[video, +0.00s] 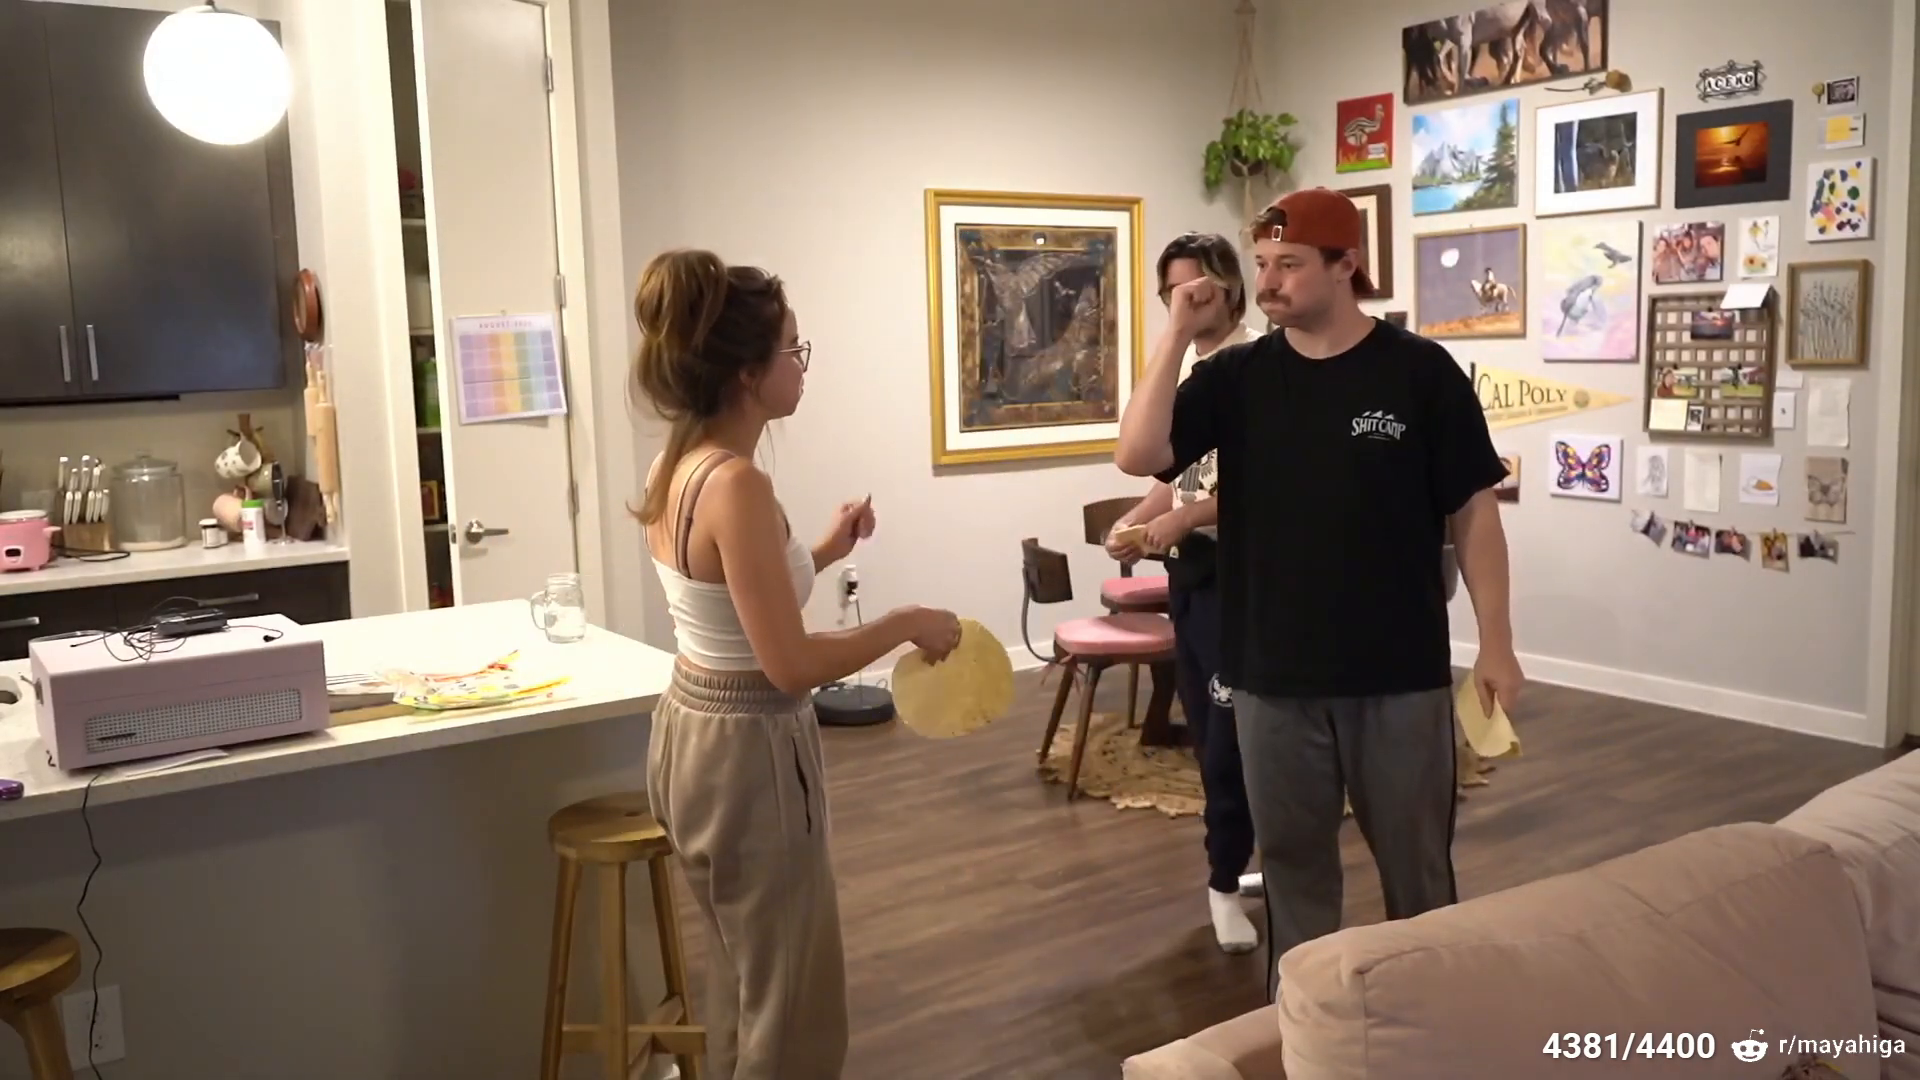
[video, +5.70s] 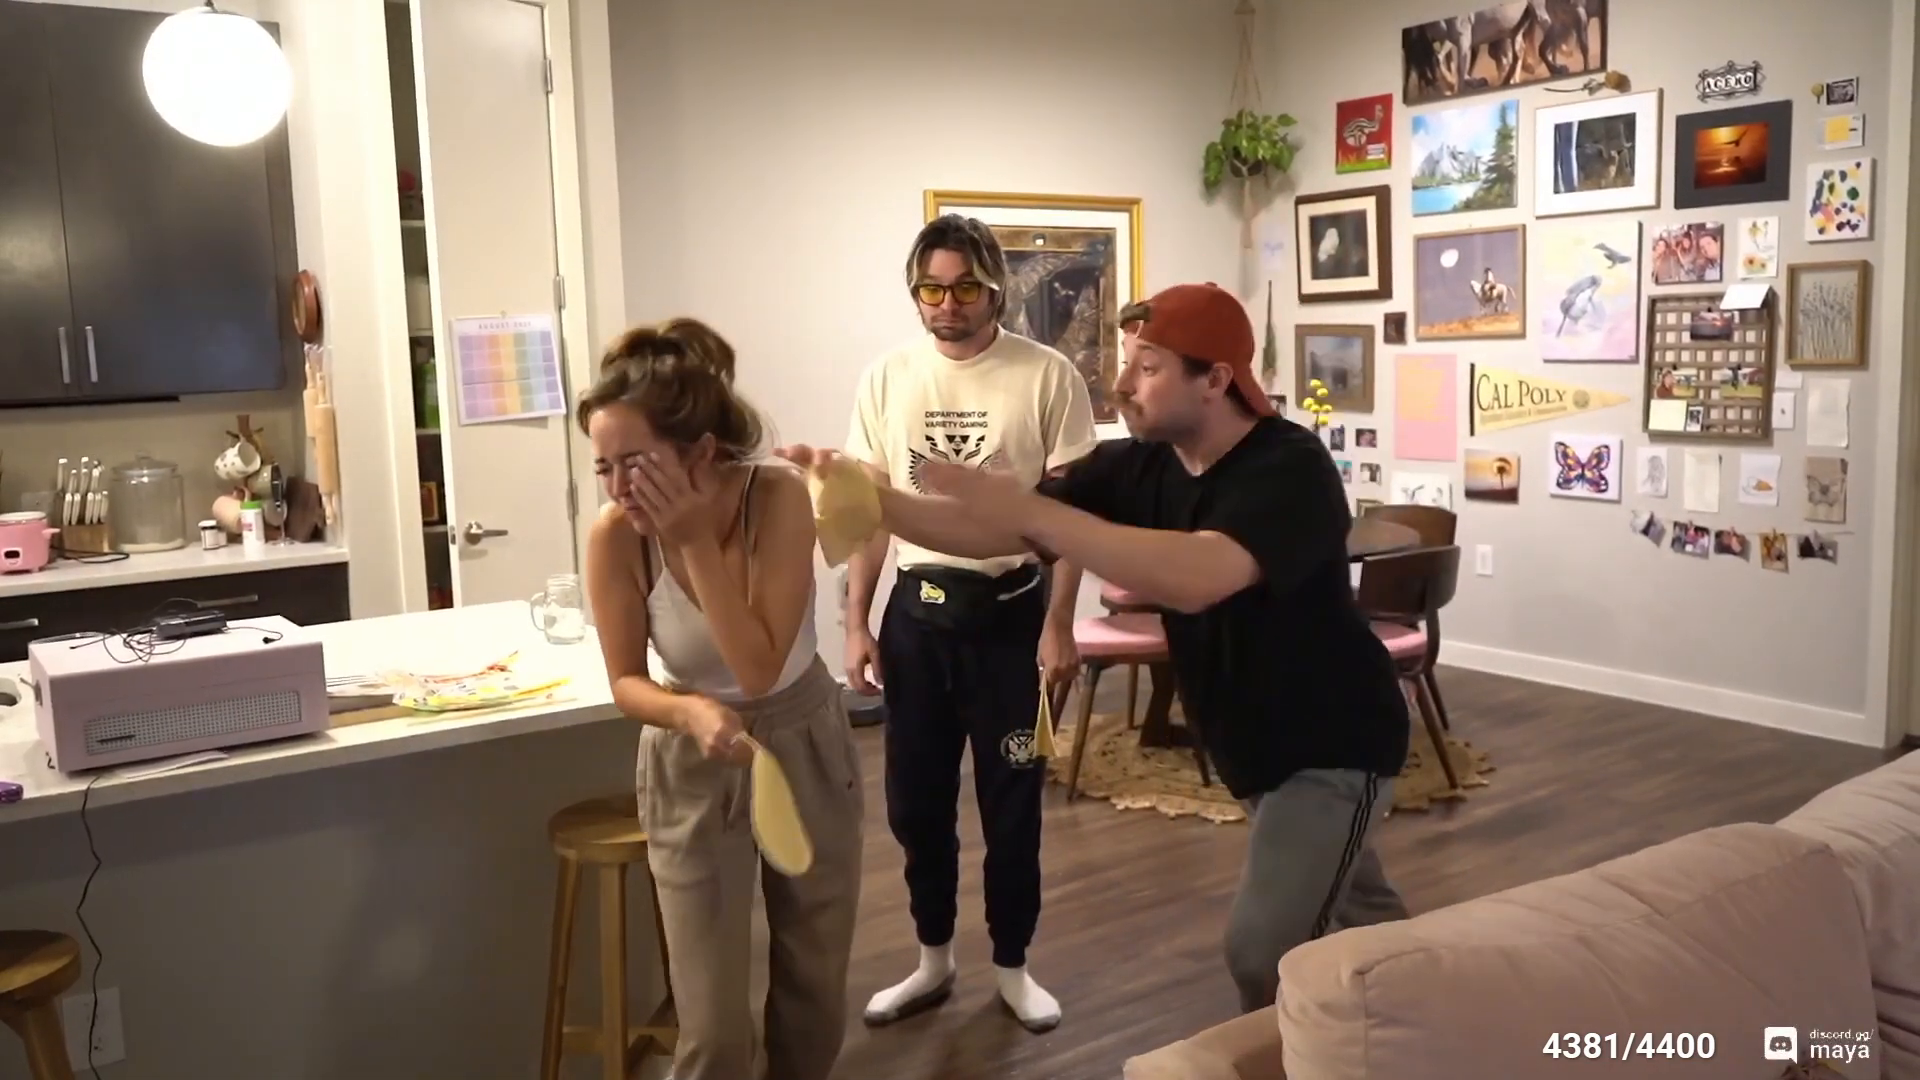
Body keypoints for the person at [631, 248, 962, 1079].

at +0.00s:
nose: (804, 363)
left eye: (799, 347)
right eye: (794, 350)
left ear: (728, 372)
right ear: (745, 371)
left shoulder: (677, 469)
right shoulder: (736, 487)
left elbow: (728, 598)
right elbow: (793, 664)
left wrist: (824, 552)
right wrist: (905, 622)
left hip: (693, 732)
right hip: (749, 750)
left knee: (743, 978)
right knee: (792, 999)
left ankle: (738, 1071)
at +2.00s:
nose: (846, 365)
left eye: (841, 350)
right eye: (836, 354)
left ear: (777, 379)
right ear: (790, 378)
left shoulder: (736, 469)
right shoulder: (766, 485)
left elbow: (807, 577)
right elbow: (783, 666)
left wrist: (911, 535)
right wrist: (924, 643)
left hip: (745, 734)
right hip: (783, 748)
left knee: (774, 966)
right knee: (818, 982)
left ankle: (752, 1074)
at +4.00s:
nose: (861, 371)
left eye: (857, 356)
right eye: (852, 359)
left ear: (795, 377)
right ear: (805, 376)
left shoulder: (753, 468)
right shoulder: (770, 482)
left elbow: (823, 592)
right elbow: (780, 665)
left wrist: (937, 546)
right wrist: (924, 646)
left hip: (761, 730)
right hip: (785, 744)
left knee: (781, 968)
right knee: (815, 978)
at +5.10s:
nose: (849, 395)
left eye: (853, 376)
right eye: (833, 381)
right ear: (770, 383)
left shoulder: (795, 465)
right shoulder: (745, 486)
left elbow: (802, 591)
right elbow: (753, 668)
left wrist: (885, 564)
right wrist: (898, 652)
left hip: (809, 735)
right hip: (777, 749)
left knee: (806, 970)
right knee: (805, 982)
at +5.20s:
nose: (796, 413)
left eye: (812, 390)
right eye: (774, 394)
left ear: (831, 377)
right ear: (734, 384)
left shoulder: (804, 462)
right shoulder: (723, 479)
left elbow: (883, 555)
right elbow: (749, 649)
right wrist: (895, 623)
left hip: (820, 724)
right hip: (771, 737)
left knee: (837, 971)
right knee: (822, 981)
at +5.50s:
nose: (704, 431)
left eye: (719, 406)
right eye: (683, 415)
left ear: (768, 395)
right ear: (666, 415)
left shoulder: (816, 462)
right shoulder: (665, 497)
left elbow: (831, 621)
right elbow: (669, 660)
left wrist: (765, 491)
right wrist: (783, 649)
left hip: (817, 731)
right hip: (715, 743)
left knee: (826, 988)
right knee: (774, 1010)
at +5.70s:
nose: (616, 488)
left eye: (634, 463)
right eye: (603, 466)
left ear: (703, 451)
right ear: (595, 457)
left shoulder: (777, 497)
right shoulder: (617, 534)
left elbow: (759, 670)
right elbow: (625, 682)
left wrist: (698, 541)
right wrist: (689, 710)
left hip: (804, 753)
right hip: (688, 764)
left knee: (813, 1005)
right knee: (712, 1030)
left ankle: (799, 1076)